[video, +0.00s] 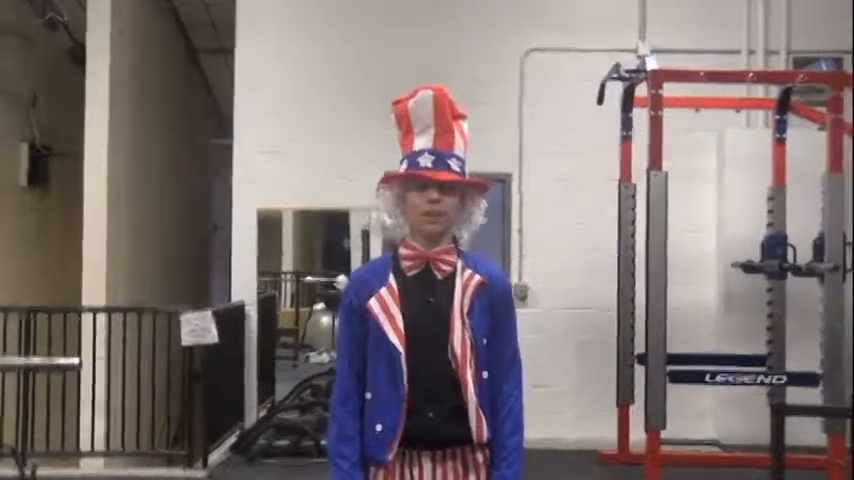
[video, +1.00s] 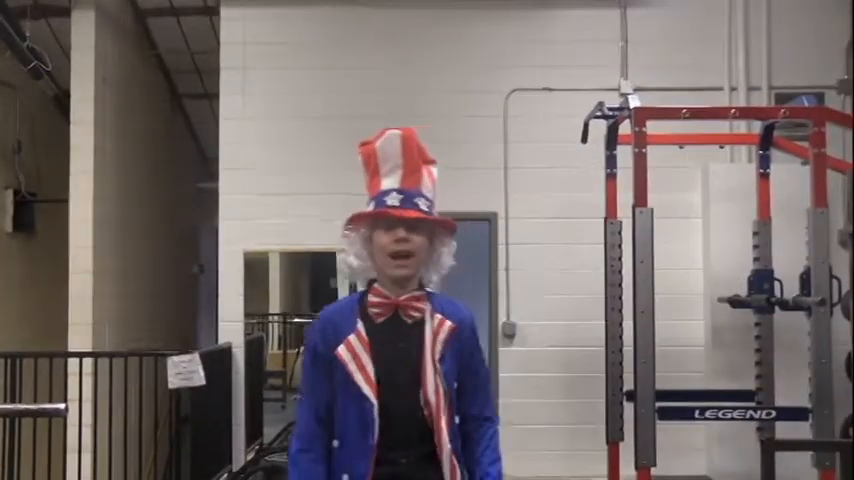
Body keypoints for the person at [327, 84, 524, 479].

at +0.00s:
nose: (433, 198)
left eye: (446, 189)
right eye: (420, 187)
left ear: (463, 202)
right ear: (402, 199)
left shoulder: (489, 284)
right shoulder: (366, 284)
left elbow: (507, 388)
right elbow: (348, 391)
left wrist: (507, 470)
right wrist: (346, 471)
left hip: (468, 462)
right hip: (389, 463)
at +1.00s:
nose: (401, 237)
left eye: (414, 227)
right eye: (387, 226)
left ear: (431, 242)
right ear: (367, 241)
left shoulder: (456, 321)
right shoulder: (332, 325)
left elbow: (480, 421)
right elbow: (311, 431)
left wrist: (488, 475)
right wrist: (309, 475)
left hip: (437, 472)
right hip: (362, 472)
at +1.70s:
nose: (431, 213)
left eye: (443, 203)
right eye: (416, 204)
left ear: (461, 220)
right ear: (395, 221)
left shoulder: (489, 301)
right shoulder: (364, 312)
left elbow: (526, 386)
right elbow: (341, 426)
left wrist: (537, 456)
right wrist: (333, 474)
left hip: (481, 471)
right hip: (401, 472)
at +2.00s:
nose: (428, 203)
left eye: (440, 194)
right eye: (413, 194)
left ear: (459, 211)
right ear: (392, 209)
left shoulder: (482, 287)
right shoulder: (359, 291)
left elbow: (529, 362)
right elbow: (307, 381)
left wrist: (545, 439)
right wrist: (319, 469)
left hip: (468, 469)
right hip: (384, 469)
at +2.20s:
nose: (407, 173)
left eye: (420, 164)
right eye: (393, 163)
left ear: (438, 180)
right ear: (371, 178)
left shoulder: (460, 261)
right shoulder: (333, 261)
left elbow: (505, 331)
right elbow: (286, 344)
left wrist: (510, 405)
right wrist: (290, 439)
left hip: (435, 456)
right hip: (349, 459)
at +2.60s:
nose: (370, 130)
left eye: (385, 119)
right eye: (358, 115)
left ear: (404, 133)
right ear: (337, 126)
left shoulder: (430, 214)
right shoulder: (299, 210)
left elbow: (479, 284)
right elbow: (269, 309)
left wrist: (490, 353)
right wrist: (252, 405)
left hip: (397, 408)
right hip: (314, 407)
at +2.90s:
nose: (348, 108)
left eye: (362, 99)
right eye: (335, 95)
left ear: (378, 115)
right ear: (312, 106)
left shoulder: (405, 198)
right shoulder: (274, 199)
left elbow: (449, 275)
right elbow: (254, 309)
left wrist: (441, 344)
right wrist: (249, 405)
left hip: (376, 395)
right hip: (295, 394)